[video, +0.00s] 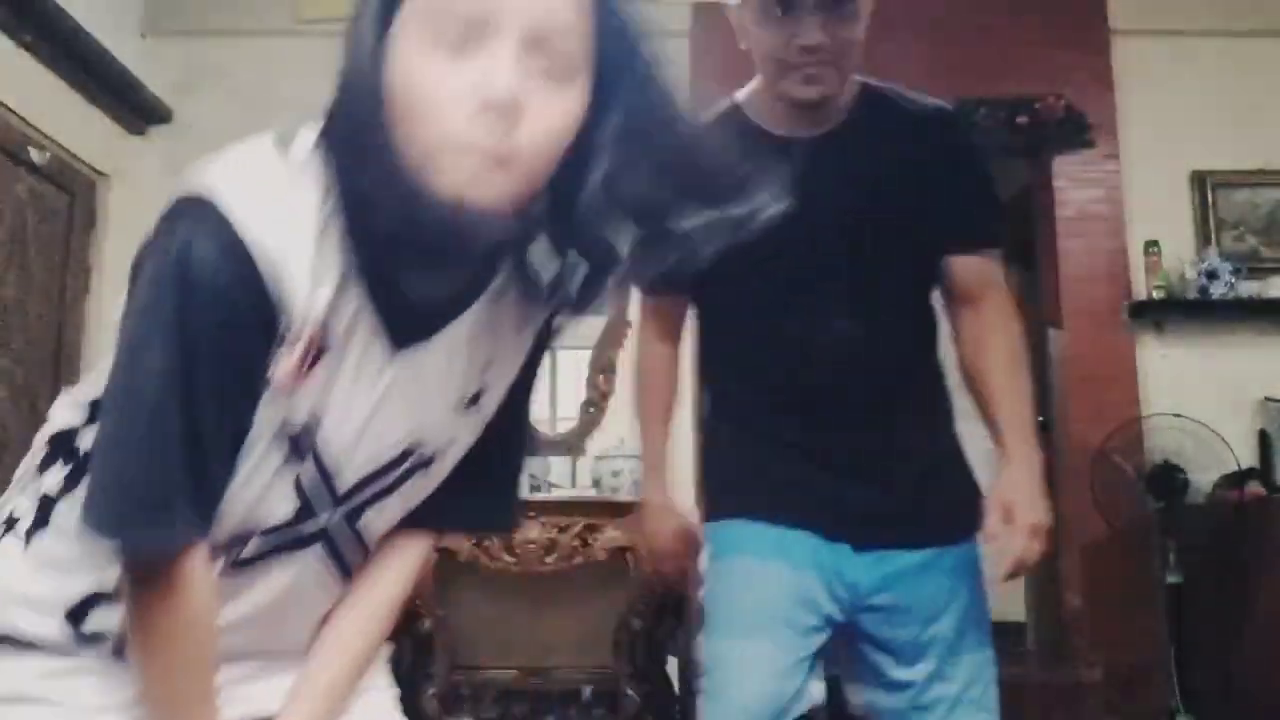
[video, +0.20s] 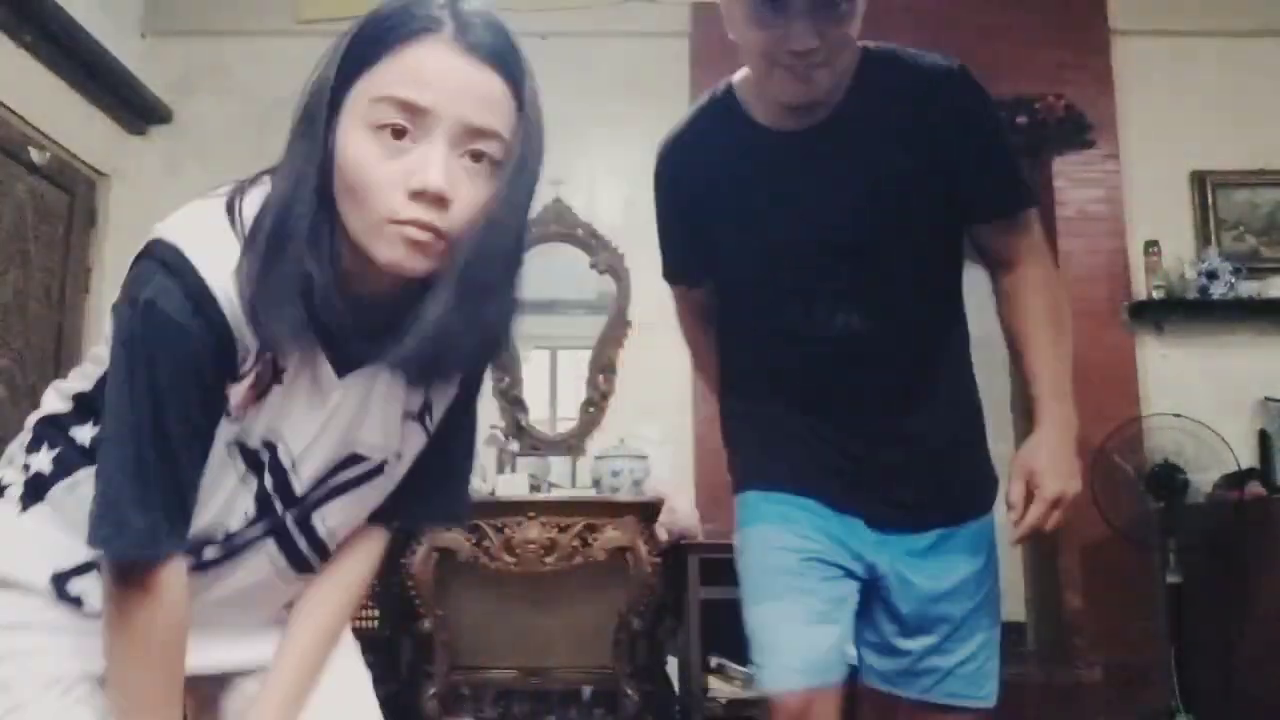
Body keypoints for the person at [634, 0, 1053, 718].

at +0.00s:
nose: (812, 36)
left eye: (836, 12)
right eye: (783, 13)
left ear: (868, 16)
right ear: (739, 22)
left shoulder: (929, 139)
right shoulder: (698, 159)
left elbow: (980, 297)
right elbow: (661, 324)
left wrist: (1021, 460)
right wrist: (656, 490)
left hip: (922, 518)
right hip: (762, 520)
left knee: (949, 708)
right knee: (743, 708)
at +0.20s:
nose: (803, 38)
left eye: (828, 9)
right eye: (771, 12)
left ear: (860, 9)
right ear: (724, 16)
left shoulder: (940, 102)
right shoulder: (693, 159)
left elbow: (1022, 257)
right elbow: (701, 321)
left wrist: (1055, 427)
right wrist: (766, 426)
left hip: (940, 480)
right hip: (787, 481)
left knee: (945, 707)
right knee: (801, 702)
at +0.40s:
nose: (776, 105)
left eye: (805, 75)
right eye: (747, 76)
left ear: (845, 64)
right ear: (700, 66)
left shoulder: (939, 154)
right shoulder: (672, 199)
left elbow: (1037, 312)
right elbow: (709, 373)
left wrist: (1061, 498)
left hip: (937, 518)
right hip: (776, 524)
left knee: (943, 709)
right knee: (794, 709)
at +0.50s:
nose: (768, 121)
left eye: (798, 90)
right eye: (741, 88)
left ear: (844, 67)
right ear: (694, 68)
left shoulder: (940, 167)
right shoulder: (659, 201)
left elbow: (1033, 350)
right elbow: (697, 378)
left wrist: (1062, 539)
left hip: (930, 546)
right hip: (761, 551)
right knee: (771, 706)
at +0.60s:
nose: (770, 127)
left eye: (808, 89)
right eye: (739, 86)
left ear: (855, 78)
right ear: (692, 68)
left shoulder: (944, 167)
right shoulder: (648, 186)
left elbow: (1045, 347)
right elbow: (680, 348)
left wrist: (1056, 547)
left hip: (910, 527)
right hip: (737, 532)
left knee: (924, 704)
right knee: (751, 707)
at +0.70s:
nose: (778, 126)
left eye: (820, 84)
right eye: (745, 80)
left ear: (872, 72)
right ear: (691, 64)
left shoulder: (962, 156)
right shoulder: (641, 167)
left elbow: (1050, 340)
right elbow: (673, 329)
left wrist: (1050, 540)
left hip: (888, 487)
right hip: (720, 490)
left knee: (874, 706)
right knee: (733, 708)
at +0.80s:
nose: (785, 129)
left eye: (832, 83)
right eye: (748, 80)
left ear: (884, 71)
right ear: (688, 61)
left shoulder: (981, 160)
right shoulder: (628, 166)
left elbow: (1060, 355)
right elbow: (653, 326)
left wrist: (1054, 564)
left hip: (893, 525)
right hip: (704, 532)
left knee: (891, 705)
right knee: (722, 708)